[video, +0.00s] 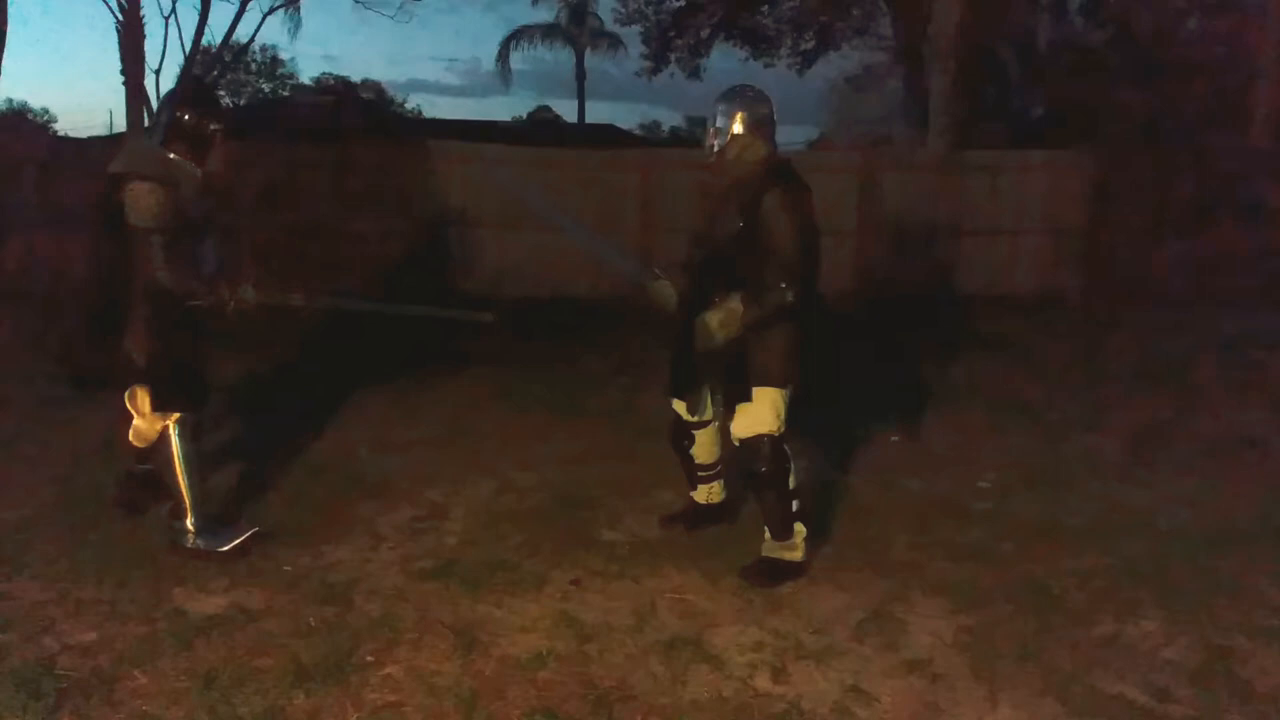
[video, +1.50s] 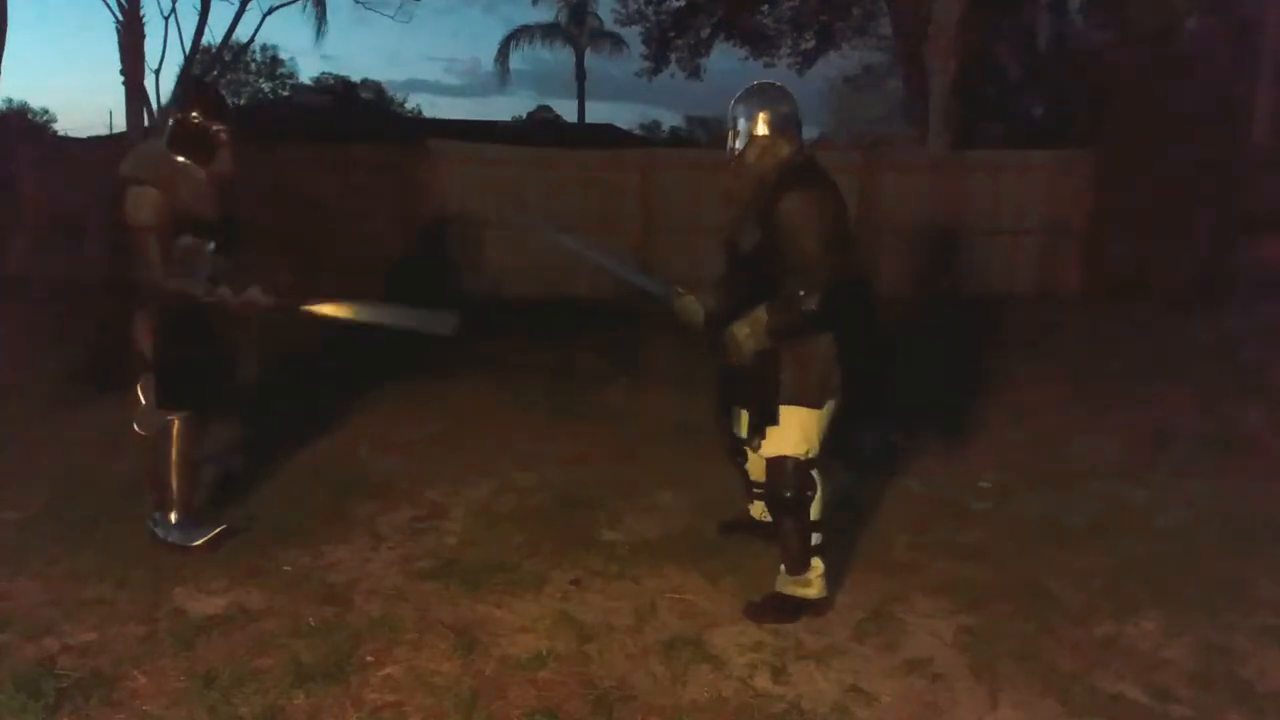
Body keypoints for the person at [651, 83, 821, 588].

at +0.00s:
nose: (714, 138)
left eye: (725, 126)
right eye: (715, 126)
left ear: (754, 129)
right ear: (729, 130)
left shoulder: (781, 189)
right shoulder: (724, 186)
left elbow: (788, 280)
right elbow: (714, 257)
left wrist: (737, 314)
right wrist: (681, 287)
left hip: (771, 324)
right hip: (718, 318)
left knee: (757, 435)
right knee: (693, 415)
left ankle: (786, 548)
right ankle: (709, 498)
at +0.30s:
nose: (707, 147)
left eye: (718, 134)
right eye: (706, 134)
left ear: (749, 137)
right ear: (712, 135)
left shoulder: (775, 193)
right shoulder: (714, 190)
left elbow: (783, 285)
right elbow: (704, 260)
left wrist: (733, 319)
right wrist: (676, 293)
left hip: (767, 326)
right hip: (713, 320)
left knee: (752, 439)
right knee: (689, 414)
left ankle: (785, 549)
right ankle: (708, 499)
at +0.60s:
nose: (710, 152)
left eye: (717, 139)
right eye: (709, 139)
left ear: (746, 137)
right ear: (735, 138)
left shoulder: (777, 193)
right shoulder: (730, 192)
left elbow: (787, 286)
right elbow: (710, 260)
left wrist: (737, 321)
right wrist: (675, 293)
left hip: (776, 337)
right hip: (728, 330)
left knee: (757, 447)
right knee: (695, 414)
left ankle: (794, 572)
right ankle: (709, 499)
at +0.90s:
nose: (731, 150)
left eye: (738, 137)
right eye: (730, 137)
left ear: (766, 133)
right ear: (761, 132)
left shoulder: (796, 191)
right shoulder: (756, 188)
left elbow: (809, 286)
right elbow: (744, 274)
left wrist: (760, 320)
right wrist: (705, 307)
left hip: (802, 346)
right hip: (768, 340)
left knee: (785, 472)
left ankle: (803, 586)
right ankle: (747, 497)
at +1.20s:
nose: (730, 143)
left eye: (737, 129)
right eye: (731, 129)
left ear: (764, 125)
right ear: (767, 126)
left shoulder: (802, 188)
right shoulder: (764, 185)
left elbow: (813, 285)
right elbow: (753, 273)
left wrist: (764, 327)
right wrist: (712, 306)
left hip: (808, 345)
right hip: (771, 339)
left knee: (789, 470)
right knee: (753, 431)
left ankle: (803, 585)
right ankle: (766, 510)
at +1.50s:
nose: (735, 145)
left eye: (742, 131)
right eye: (735, 131)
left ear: (769, 128)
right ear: (773, 129)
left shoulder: (803, 192)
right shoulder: (768, 186)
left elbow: (813, 287)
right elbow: (756, 273)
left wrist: (761, 325)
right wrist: (711, 305)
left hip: (809, 346)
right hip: (773, 340)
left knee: (788, 465)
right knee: (752, 425)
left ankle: (803, 584)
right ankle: (764, 511)